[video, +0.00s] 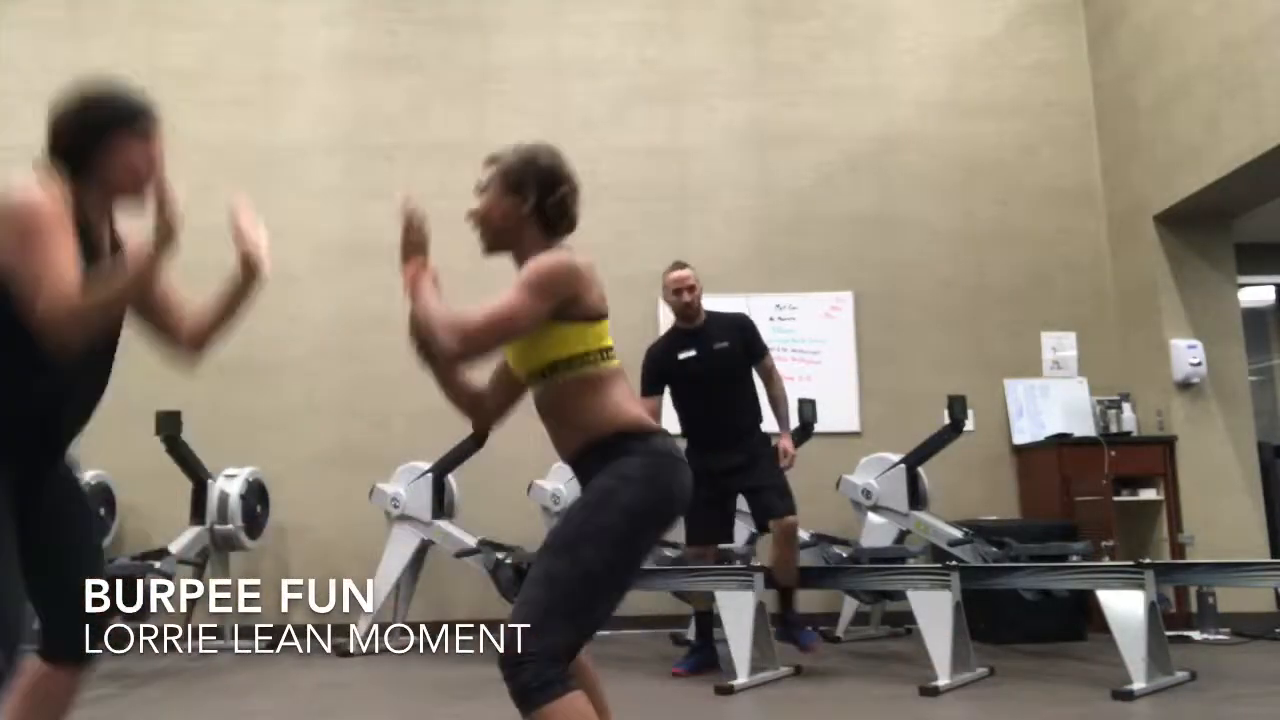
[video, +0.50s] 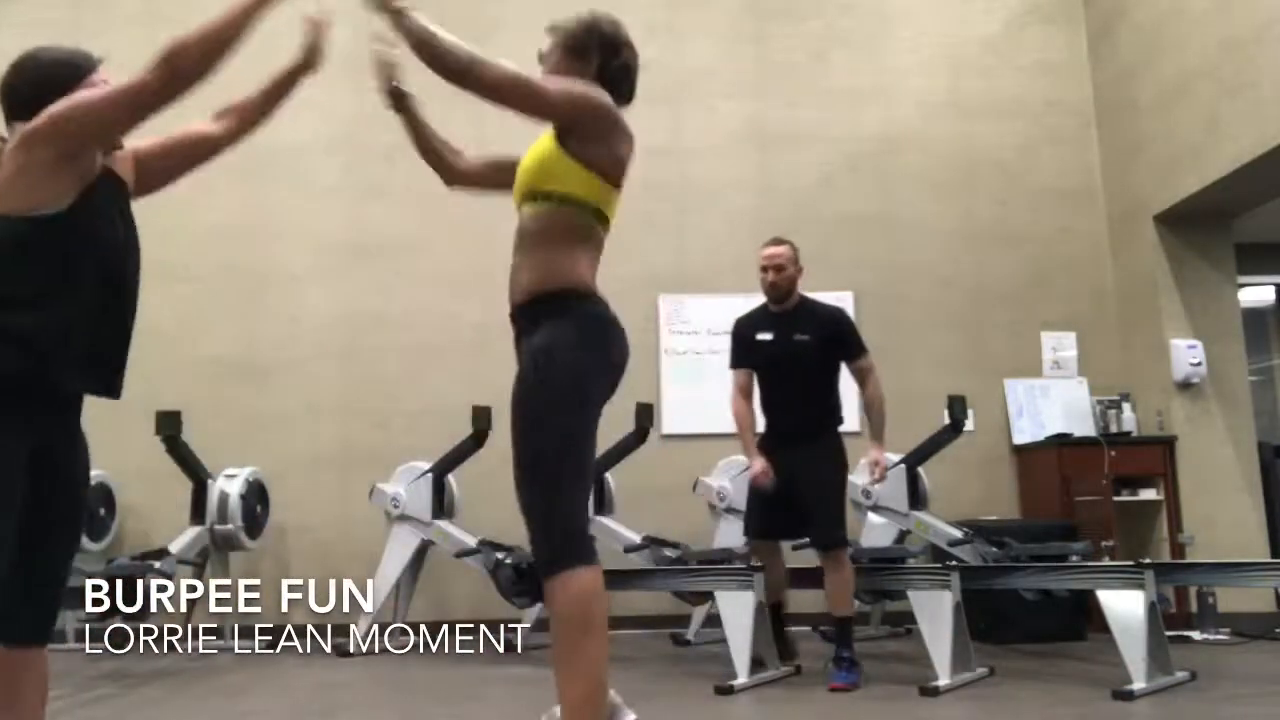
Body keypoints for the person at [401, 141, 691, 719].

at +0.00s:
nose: (473, 206)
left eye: (486, 191)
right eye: (479, 191)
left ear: (523, 203)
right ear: (521, 205)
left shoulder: (559, 268)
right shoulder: (546, 299)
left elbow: (453, 339)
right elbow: (484, 409)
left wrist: (419, 274)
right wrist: (430, 345)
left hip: (638, 468)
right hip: (621, 474)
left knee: (529, 656)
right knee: (547, 641)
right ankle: (597, 713)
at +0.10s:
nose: (493, 192)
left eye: (507, 179)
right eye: (500, 178)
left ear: (544, 194)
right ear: (546, 197)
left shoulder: (570, 259)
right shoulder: (548, 291)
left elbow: (447, 296)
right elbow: (471, 378)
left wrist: (428, 230)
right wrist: (435, 299)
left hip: (625, 464)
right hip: (604, 469)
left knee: (527, 658)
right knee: (547, 642)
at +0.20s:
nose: (518, 188)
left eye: (533, 183)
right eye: (525, 179)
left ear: (561, 208)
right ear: (553, 206)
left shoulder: (567, 264)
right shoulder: (538, 301)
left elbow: (432, 244)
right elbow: (445, 335)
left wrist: (431, 190)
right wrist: (450, 258)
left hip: (616, 490)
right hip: (590, 494)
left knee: (497, 668)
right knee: (529, 651)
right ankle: (582, 715)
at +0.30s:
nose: (530, 108)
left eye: (544, 100)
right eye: (536, 98)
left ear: (575, 116)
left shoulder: (572, 161)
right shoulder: (537, 204)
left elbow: (440, 154)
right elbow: (431, 239)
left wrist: (382, 120)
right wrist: (385, 160)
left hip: (584, 402)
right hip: (560, 407)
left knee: (554, 606)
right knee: (553, 604)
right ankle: (588, 707)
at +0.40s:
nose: (534, 56)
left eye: (547, 45)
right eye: (539, 44)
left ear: (582, 57)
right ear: (588, 61)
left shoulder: (580, 99)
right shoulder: (539, 150)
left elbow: (461, 79)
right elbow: (427, 159)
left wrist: (356, 43)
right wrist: (350, 95)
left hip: (575, 331)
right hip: (550, 337)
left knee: (568, 533)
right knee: (564, 534)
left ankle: (581, 706)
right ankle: (582, 703)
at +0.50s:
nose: (541, 66)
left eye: (553, 56)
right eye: (544, 56)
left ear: (589, 65)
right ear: (582, 67)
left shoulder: (598, 113)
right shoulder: (558, 152)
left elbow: (478, 73)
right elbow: (458, 168)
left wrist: (394, 11)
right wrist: (403, 104)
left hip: (569, 335)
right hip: (549, 339)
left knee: (561, 533)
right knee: (558, 533)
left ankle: (582, 705)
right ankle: (586, 701)